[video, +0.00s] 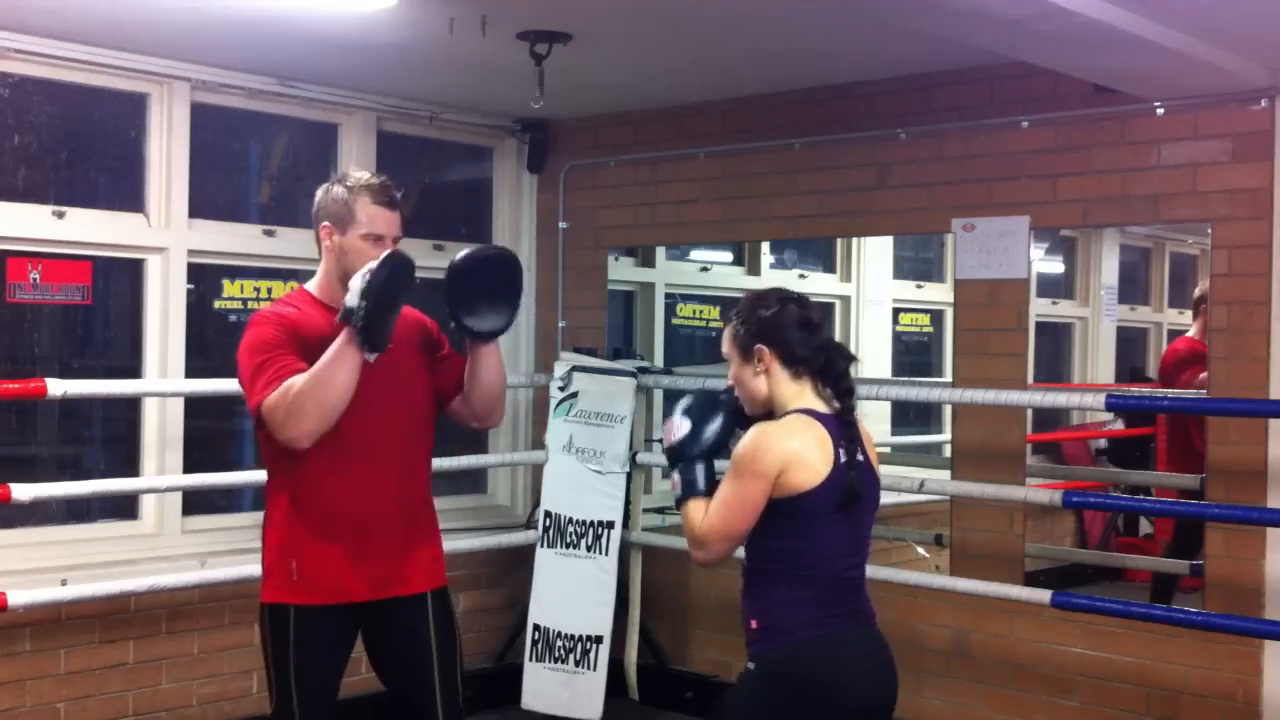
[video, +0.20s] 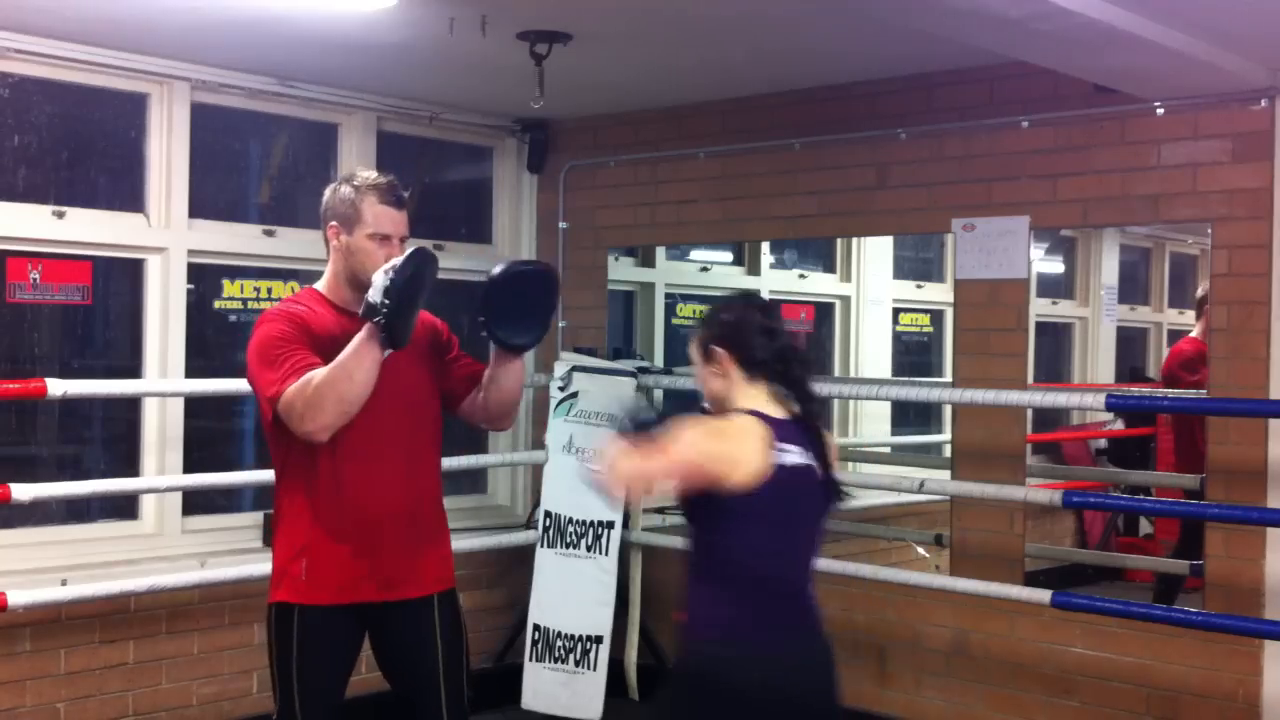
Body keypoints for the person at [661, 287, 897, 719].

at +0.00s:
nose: (729, 379)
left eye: (731, 362)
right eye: (727, 363)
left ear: (763, 360)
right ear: (809, 357)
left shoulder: (769, 443)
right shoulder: (858, 433)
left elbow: (705, 546)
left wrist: (689, 462)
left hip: (791, 676)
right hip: (864, 665)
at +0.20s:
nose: (701, 386)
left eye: (699, 370)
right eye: (697, 372)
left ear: (722, 363)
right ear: (774, 358)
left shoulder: (723, 437)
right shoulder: (814, 440)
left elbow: (629, 473)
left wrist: (619, 451)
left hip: (723, 662)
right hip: (800, 659)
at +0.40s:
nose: (651, 368)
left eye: (650, 357)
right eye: (648, 357)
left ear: (667, 354)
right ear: (725, 351)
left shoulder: (642, 423)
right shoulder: (772, 440)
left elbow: (525, 447)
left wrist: (533, 408)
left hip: (663, 649)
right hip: (746, 651)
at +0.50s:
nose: (632, 370)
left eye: (631, 359)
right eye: (630, 360)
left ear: (646, 357)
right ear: (708, 358)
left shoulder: (612, 421)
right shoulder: (749, 446)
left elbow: (501, 411)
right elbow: (746, 524)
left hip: (618, 654)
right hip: (708, 657)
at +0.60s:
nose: (582, 363)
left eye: (585, 354)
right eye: (584, 353)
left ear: (598, 364)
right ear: (654, 363)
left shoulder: (563, 422)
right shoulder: (696, 452)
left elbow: (492, 405)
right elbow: (738, 531)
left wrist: (509, 348)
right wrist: (696, 496)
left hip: (592, 669)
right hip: (680, 668)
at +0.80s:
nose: (493, 378)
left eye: (498, 363)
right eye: (492, 363)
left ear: (534, 364)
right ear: (536, 366)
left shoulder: (601, 449)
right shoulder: (540, 434)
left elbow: (592, 573)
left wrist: (523, 514)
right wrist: (506, 475)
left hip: (639, 674)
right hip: (599, 666)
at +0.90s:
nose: (479, 393)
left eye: (482, 378)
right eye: (477, 380)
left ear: (515, 379)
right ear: (517, 380)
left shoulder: (590, 465)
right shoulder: (541, 443)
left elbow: (542, 584)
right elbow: (453, 427)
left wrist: (502, 506)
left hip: (630, 677)